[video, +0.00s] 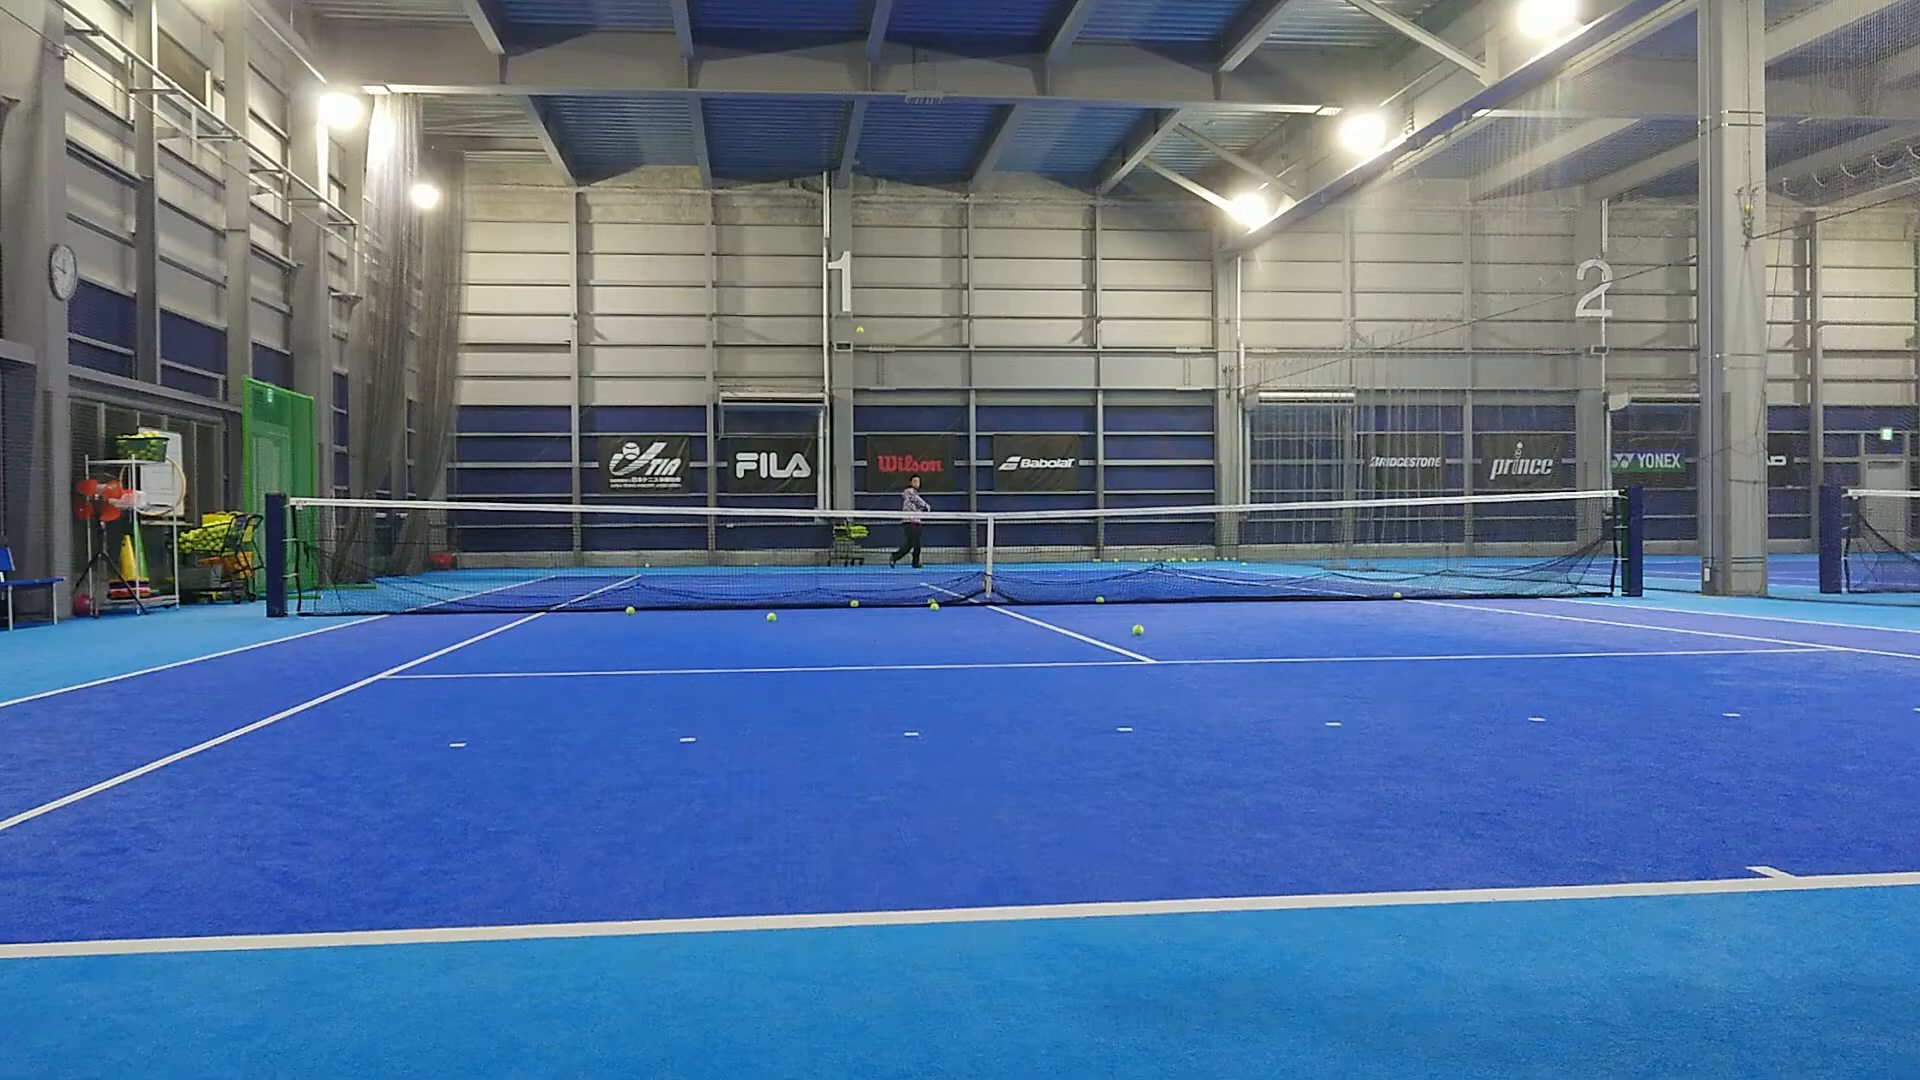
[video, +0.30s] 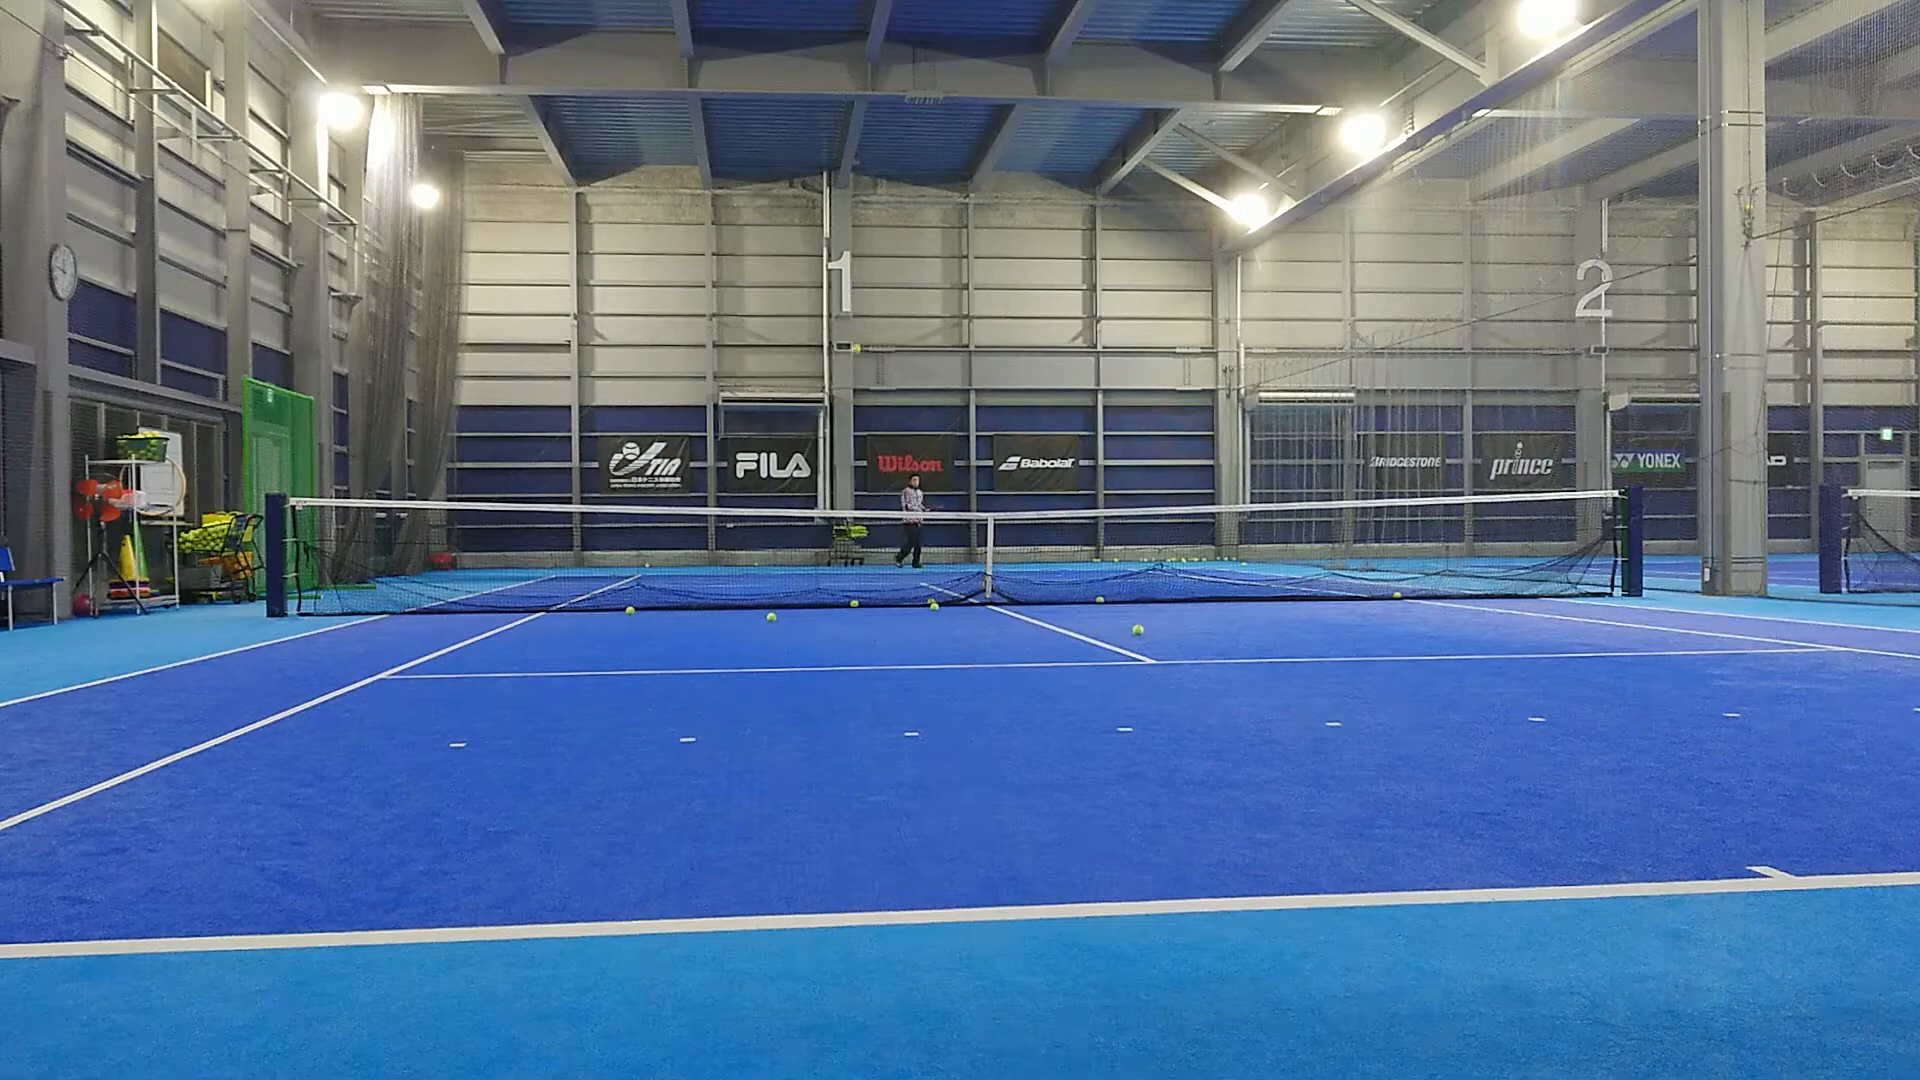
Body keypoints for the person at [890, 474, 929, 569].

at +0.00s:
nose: (917, 483)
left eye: (918, 481)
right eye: (915, 481)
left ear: (919, 483)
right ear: (911, 482)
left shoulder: (914, 493)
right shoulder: (909, 492)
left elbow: (915, 505)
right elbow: (918, 500)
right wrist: (927, 506)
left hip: (916, 520)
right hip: (910, 520)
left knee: (916, 543)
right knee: (912, 542)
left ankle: (916, 562)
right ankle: (895, 556)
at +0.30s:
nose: (915, 482)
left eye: (917, 480)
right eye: (913, 480)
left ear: (919, 481)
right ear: (910, 481)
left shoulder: (920, 492)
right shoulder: (906, 491)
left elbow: (920, 504)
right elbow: (904, 504)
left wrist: (925, 509)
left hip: (918, 519)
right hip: (909, 519)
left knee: (917, 542)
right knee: (911, 541)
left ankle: (916, 561)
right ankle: (899, 558)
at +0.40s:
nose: (913, 482)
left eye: (915, 479)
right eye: (911, 479)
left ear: (917, 481)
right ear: (908, 481)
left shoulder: (920, 492)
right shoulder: (904, 491)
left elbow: (923, 504)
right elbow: (900, 504)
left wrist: (921, 510)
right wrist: (910, 510)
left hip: (917, 520)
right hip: (906, 520)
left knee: (917, 542)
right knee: (906, 541)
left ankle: (916, 561)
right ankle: (902, 560)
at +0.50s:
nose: (911, 482)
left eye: (913, 480)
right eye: (909, 480)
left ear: (915, 481)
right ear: (906, 481)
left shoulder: (919, 492)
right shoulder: (901, 493)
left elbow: (924, 505)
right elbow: (896, 505)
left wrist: (919, 509)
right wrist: (906, 511)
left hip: (916, 521)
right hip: (904, 521)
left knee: (917, 543)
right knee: (903, 544)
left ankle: (916, 561)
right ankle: (902, 561)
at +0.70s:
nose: (908, 482)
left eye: (909, 480)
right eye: (906, 480)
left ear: (912, 481)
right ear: (902, 482)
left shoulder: (916, 492)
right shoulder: (899, 493)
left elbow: (920, 503)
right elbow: (893, 505)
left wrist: (915, 509)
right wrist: (899, 514)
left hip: (914, 521)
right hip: (902, 521)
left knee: (917, 543)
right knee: (901, 544)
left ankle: (918, 561)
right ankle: (902, 561)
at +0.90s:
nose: (907, 482)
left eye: (909, 480)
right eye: (905, 480)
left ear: (912, 481)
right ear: (902, 481)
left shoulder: (917, 492)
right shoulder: (898, 493)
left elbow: (921, 504)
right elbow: (893, 505)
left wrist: (913, 510)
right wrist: (899, 514)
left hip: (914, 521)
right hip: (902, 521)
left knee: (916, 544)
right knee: (901, 544)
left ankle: (916, 562)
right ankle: (902, 562)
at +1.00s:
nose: (908, 482)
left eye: (910, 480)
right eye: (906, 480)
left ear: (913, 481)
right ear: (903, 482)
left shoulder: (918, 493)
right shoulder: (899, 494)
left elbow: (921, 505)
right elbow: (895, 506)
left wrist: (912, 509)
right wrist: (900, 514)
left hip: (915, 521)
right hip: (902, 522)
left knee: (916, 544)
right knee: (901, 544)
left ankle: (916, 562)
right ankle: (902, 562)